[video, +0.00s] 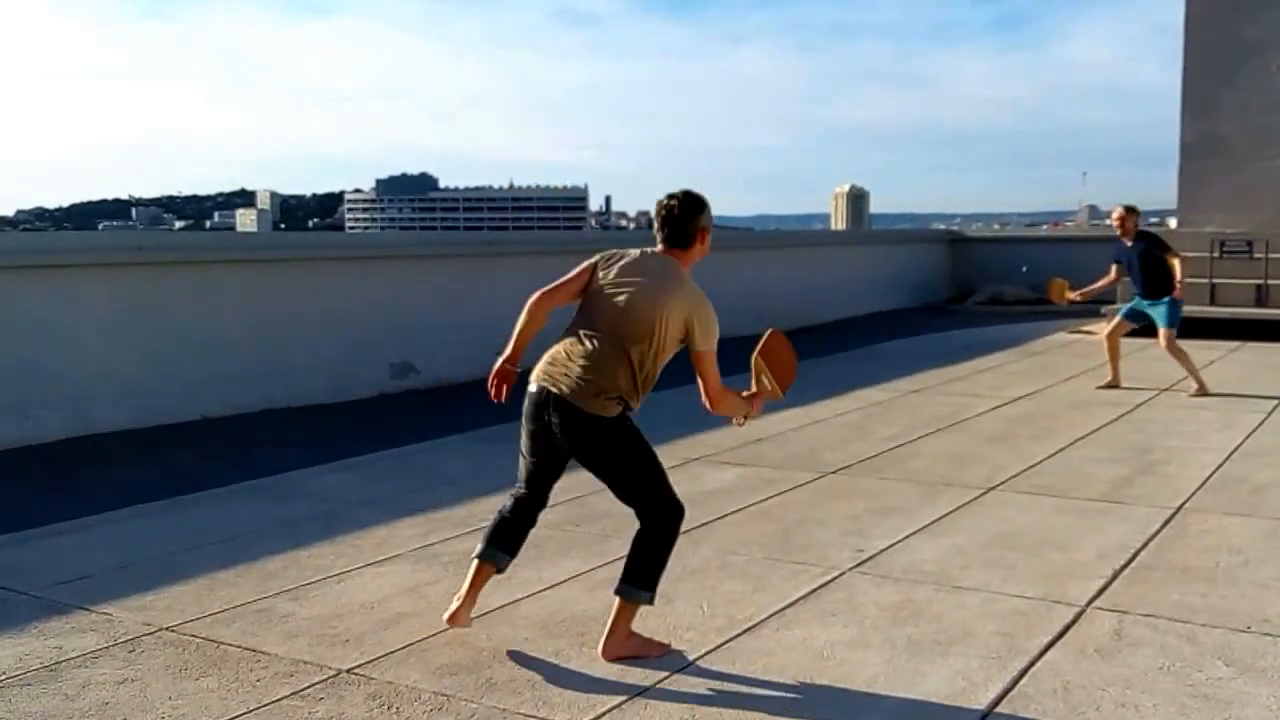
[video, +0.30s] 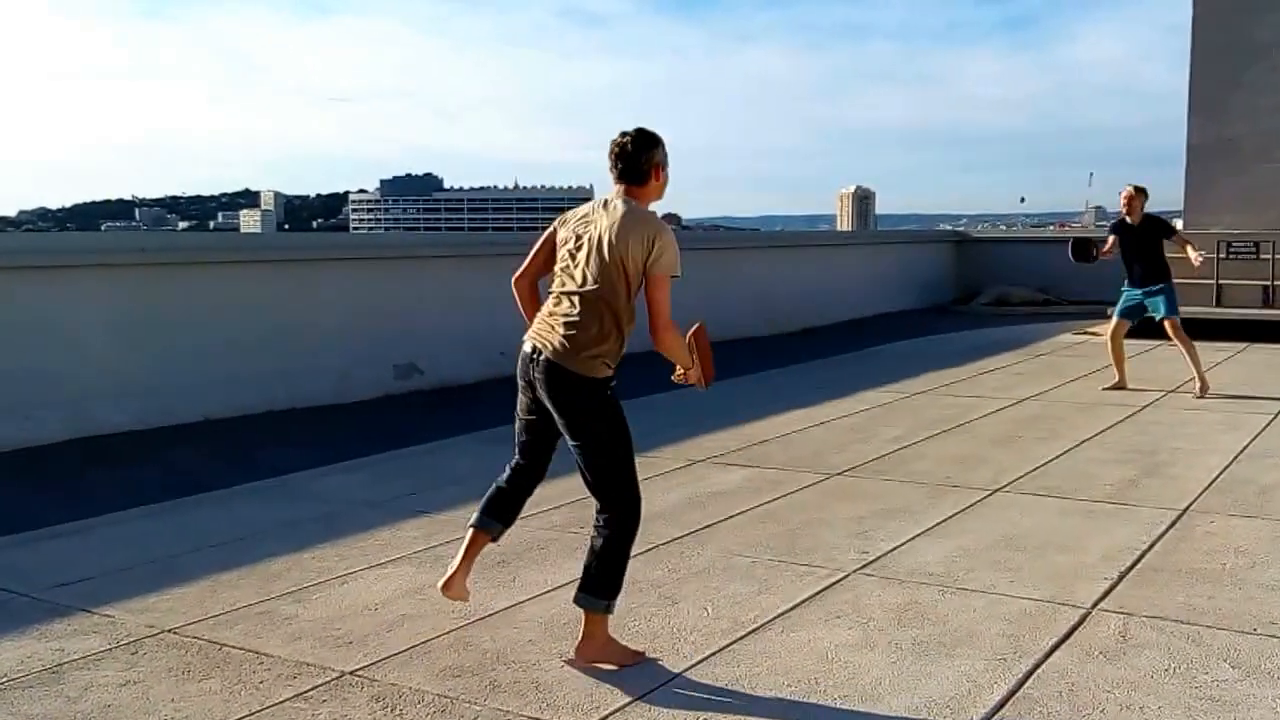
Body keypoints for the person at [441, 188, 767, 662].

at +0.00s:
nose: (710, 239)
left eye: (708, 230)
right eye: (709, 231)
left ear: (658, 230)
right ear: (702, 237)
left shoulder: (611, 262)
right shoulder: (695, 305)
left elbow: (540, 300)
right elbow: (714, 397)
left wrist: (510, 356)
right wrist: (746, 406)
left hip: (542, 392)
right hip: (594, 412)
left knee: (526, 497)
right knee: (663, 512)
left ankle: (463, 603)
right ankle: (619, 635)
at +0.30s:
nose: (667, 175)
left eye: (664, 167)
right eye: (666, 168)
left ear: (615, 173)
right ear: (656, 173)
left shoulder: (575, 217)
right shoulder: (655, 231)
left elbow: (523, 280)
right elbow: (662, 328)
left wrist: (543, 334)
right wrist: (686, 362)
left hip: (535, 355)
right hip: (579, 373)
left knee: (524, 467)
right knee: (620, 505)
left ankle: (458, 571)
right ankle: (594, 637)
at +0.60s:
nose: (595, 199)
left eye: (591, 191)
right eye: (591, 192)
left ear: (546, 204)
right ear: (579, 202)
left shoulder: (532, 248)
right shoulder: (556, 265)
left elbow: (581, 324)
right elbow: (536, 357)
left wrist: (648, 339)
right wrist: (573, 425)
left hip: (487, 396)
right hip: (521, 408)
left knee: (462, 500)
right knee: (604, 512)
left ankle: (396, 595)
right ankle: (597, 646)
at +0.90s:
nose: (500, 218)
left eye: (499, 210)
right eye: (496, 211)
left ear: (472, 221)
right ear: (474, 222)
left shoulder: (482, 250)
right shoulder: (420, 279)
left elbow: (515, 258)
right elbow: (398, 367)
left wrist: (569, 263)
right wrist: (413, 406)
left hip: (439, 394)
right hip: (423, 400)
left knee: (435, 504)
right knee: (490, 501)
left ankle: (378, 608)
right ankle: (522, 628)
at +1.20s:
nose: (455, 201)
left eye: (453, 191)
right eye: (450, 193)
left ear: (410, 198)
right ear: (427, 200)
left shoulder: (376, 228)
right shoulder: (429, 251)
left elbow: (338, 263)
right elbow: (496, 298)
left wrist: (374, 296)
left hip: (369, 383)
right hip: (375, 389)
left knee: (404, 492)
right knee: (377, 500)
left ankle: (376, 607)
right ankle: (324, 627)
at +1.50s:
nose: (391, 189)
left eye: (387, 181)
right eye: (386, 182)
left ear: (345, 194)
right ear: (371, 190)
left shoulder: (308, 243)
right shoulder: (387, 235)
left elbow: (267, 309)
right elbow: (433, 276)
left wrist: (235, 368)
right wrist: (438, 258)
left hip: (317, 386)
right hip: (356, 394)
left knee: (336, 486)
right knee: (362, 515)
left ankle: (296, 581)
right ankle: (301, 626)